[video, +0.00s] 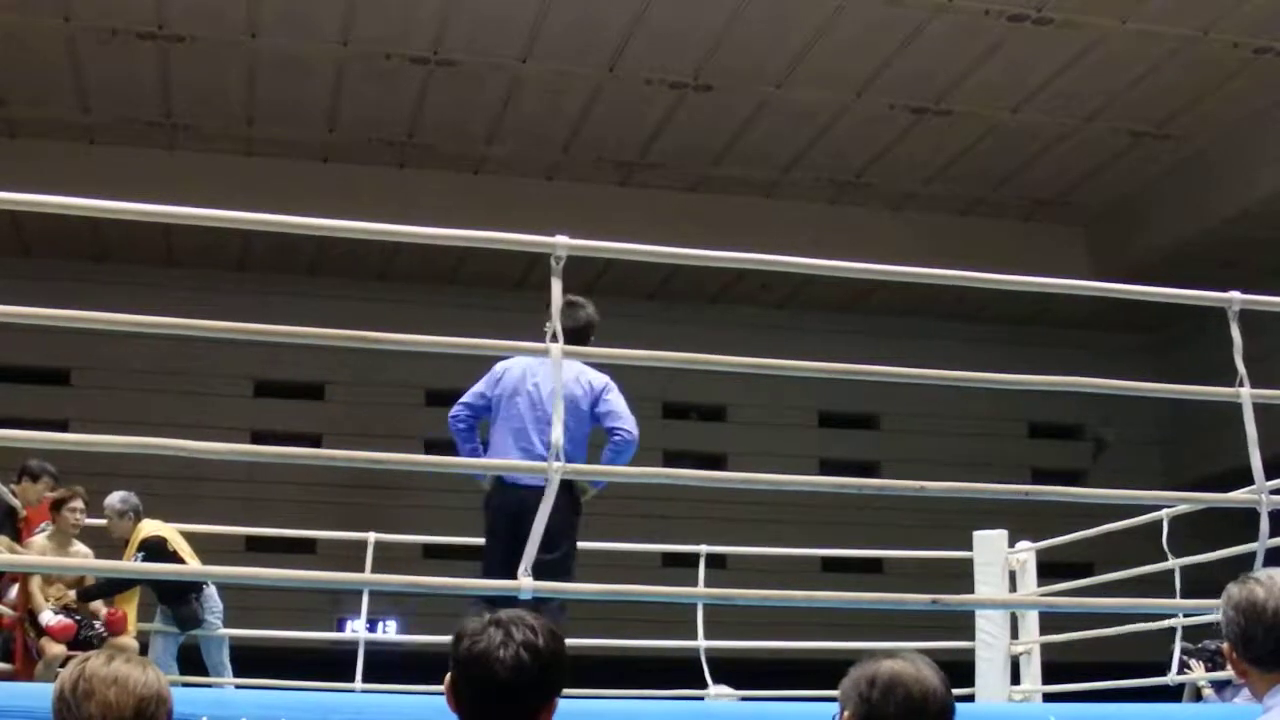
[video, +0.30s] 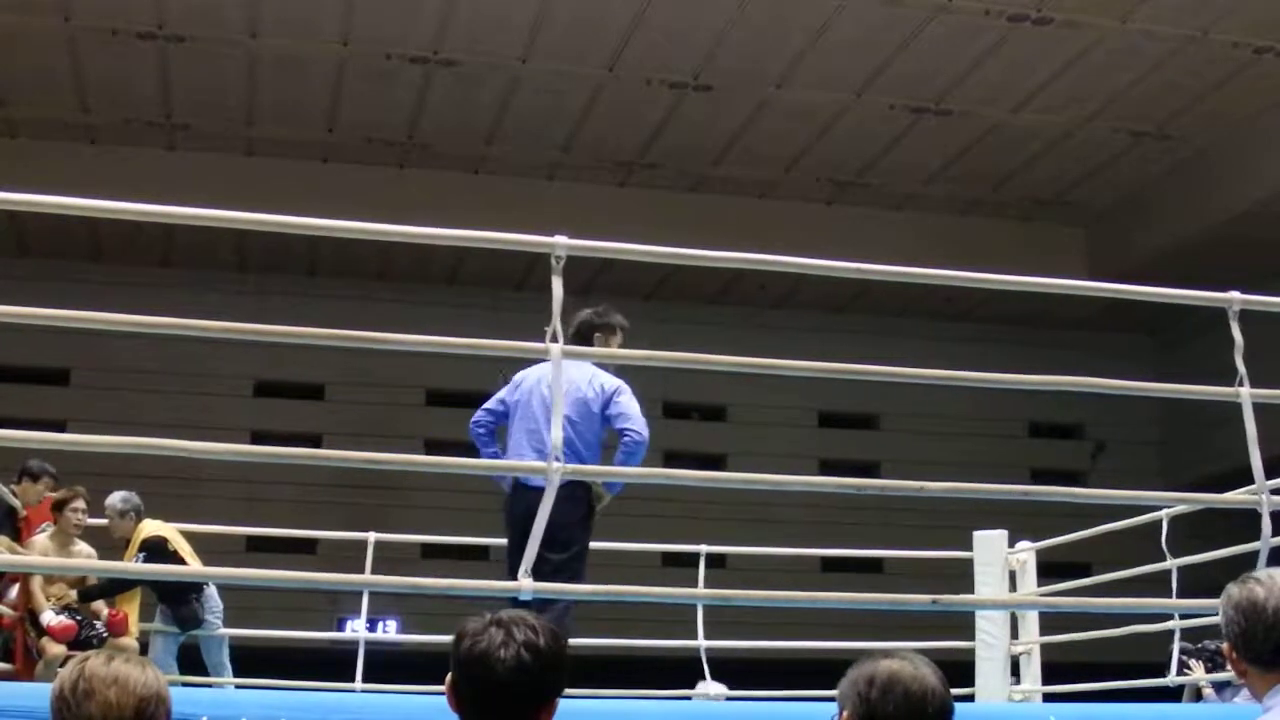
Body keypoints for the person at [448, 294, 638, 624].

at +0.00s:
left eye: (551, 324)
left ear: (548, 329)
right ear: (587, 339)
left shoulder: (507, 369)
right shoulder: (594, 382)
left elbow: (460, 416)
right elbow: (626, 435)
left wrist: (483, 473)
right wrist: (591, 486)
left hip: (504, 496)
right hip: (558, 502)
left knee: (497, 587)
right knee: (551, 593)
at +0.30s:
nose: (618, 353)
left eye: (619, 345)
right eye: (616, 344)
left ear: (575, 339)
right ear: (597, 340)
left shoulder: (527, 376)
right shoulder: (607, 385)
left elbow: (480, 424)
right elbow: (636, 437)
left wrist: (505, 476)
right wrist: (608, 488)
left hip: (521, 494)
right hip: (571, 498)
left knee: (518, 581)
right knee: (562, 587)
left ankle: (511, 667)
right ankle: (544, 671)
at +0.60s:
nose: (626, 354)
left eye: (627, 346)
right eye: (623, 345)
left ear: (584, 346)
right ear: (602, 345)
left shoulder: (544, 389)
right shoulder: (605, 385)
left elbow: (512, 447)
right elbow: (621, 434)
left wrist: (535, 484)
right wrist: (612, 485)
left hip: (538, 501)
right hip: (578, 501)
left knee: (540, 590)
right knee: (570, 595)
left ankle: (527, 682)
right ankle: (555, 687)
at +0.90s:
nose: (626, 361)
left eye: (626, 353)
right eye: (621, 352)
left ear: (583, 353)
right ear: (602, 353)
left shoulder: (553, 396)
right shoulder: (601, 387)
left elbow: (533, 457)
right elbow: (610, 431)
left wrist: (549, 490)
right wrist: (618, 484)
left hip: (552, 505)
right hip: (587, 502)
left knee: (559, 600)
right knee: (600, 599)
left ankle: (547, 686)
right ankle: (568, 686)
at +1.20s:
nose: (626, 360)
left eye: (626, 352)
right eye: (622, 352)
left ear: (583, 356)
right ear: (604, 355)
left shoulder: (554, 400)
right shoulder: (608, 390)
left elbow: (540, 459)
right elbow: (628, 431)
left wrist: (566, 488)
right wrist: (670, 471)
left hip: (567, 511)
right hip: (603, 507)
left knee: (574, 601)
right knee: (631, 598)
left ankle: (563, 684)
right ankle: (591, 684)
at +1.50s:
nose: (634, 355)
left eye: (632, 348)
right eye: (633, 349)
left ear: (593, 351)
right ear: (628, 353)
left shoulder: (569, 397)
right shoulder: (637, 393)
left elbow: (563, 452)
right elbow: (655, 445)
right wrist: (640, 478)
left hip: (583, 510)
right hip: (625, 507)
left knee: (582, 604)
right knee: (632, 601)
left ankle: (563, 693)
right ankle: (629, 695)